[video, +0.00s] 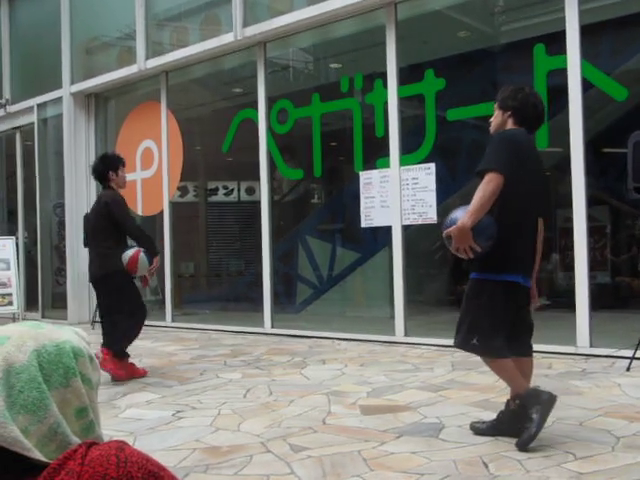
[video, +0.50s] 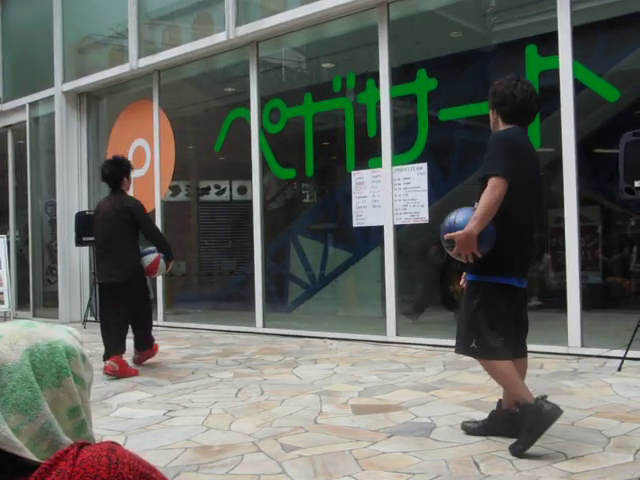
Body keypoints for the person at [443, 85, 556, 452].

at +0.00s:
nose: (490, 119)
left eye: (494, 112)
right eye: (493, 112)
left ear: (508, 116)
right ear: (523, 121)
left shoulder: (505, 141)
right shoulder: (534, 158)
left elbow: (494, 181)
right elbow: (537, 227)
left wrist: (463, 225)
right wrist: (531, 277)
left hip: (497, 263)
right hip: (521, 266)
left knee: (478, 335)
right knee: (517, 339)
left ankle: (529, 398)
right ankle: (512, 413)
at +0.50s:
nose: (488, 114)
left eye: (489, 109)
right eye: (491, 109)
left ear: (495, 112)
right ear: (527, 114)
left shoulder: (503, 142)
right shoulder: (526, 149)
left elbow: (496, 190)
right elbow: (514, 214)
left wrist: (469, 232)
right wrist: (476, 256)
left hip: (495, 265)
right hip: (516, 264)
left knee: (478, 340)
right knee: (513, 340)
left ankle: (532, 408)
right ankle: (506, 413)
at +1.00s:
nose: (489, 107)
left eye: (490, 101)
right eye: (490, 101)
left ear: (495, 105)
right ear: (531, 102)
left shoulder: (514, 138)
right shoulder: (537, 138)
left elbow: (523, 191)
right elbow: (537, 195)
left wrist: (517, 242)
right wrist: (514, 242)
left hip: (525, 263)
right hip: (538, 260)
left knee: (531, 348)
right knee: (521, 341)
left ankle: (556, 437)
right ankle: (506, 412)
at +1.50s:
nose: (522, 88)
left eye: (525, 83)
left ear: (527, 93)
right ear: (569, 93)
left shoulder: (524, 138)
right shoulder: (580, 137)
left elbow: (512, 196)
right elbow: (577, 201)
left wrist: (489, 247)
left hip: (534, 265)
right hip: (574, 261)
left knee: (545, 351)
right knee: (585, 344)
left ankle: (556, 439)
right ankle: (606, 431)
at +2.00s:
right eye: (611, 89)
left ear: (568, 94)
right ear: (611, 94)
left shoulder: (555, 139)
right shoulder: (627, 139)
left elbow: (521, 195)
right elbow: (635, 204)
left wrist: (496, 240)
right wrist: (633, 250)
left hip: (566, 266)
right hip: (617, 263)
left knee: (550, 344)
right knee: (617, 347)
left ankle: (553, 431)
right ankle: (610, 433)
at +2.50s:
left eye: (584, 87)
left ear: (584, 94)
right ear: (625, 99)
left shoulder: (564, 137)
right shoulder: (632, 144)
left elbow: (530, 187)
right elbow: (637, 213)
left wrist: (504, 225)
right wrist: (637, 270)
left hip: (565, 263)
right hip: (615, 264)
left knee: (558, 339)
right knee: (615, 348)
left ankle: (558, 413)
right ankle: (609, 432)